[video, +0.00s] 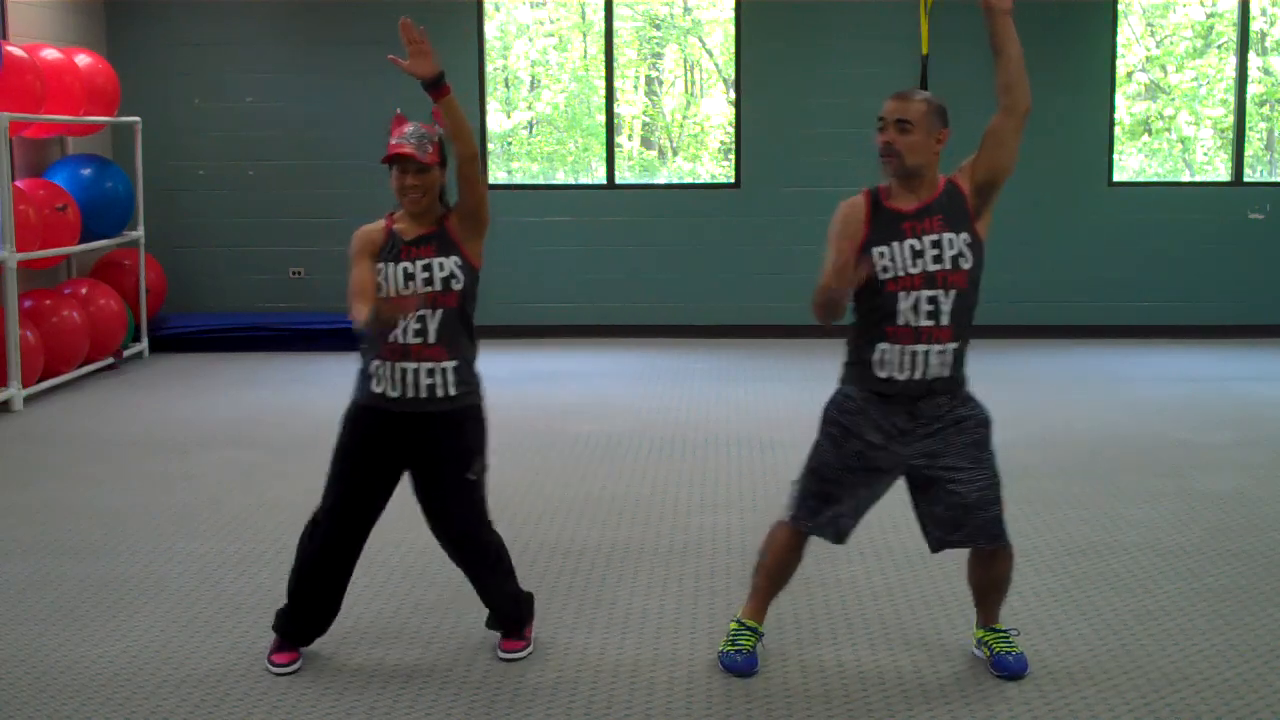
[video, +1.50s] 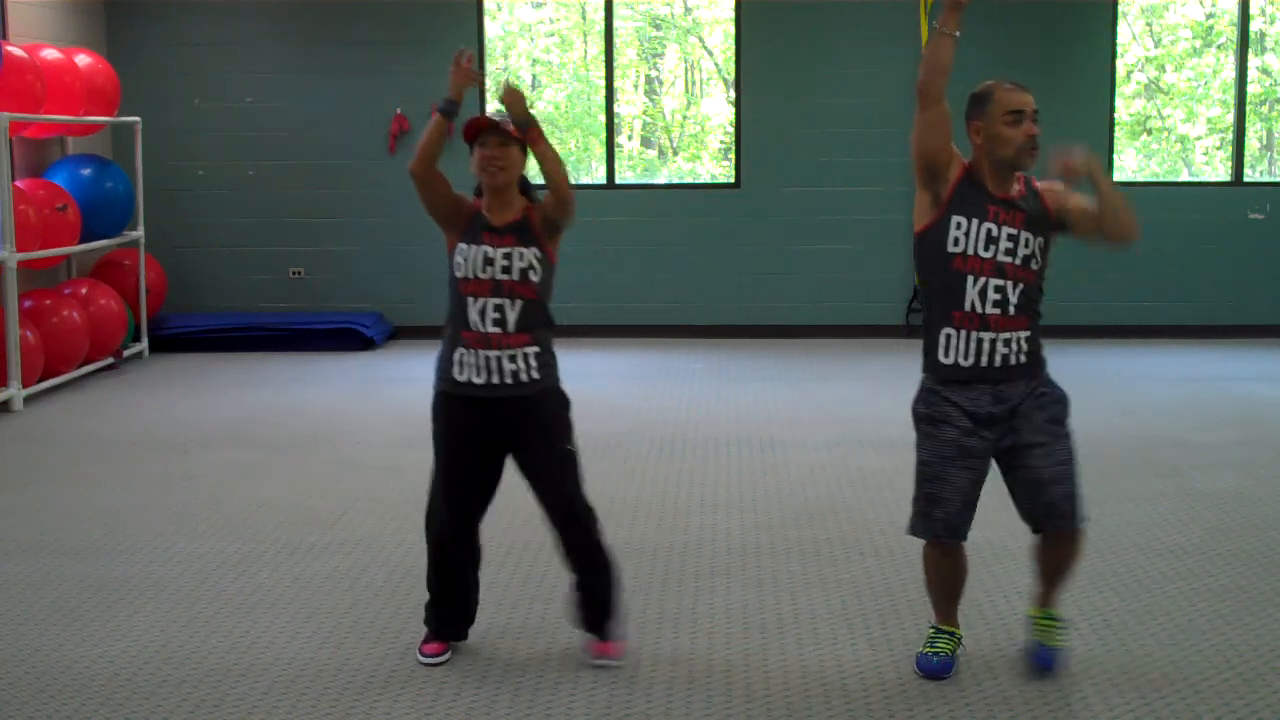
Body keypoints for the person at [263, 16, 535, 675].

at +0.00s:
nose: (408, 180)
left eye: (419, 169)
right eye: (399, 169)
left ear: (441, 174)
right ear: (389, 174)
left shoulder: (464, 230)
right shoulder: (370, 240)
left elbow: (470, 155)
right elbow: (362, 308)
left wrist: (437, 83)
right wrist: (376, 316)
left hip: (449, 411)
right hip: (379, 409)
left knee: (463, 526)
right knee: (336, 523)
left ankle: (514, 616)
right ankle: (293, 632)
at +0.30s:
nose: (459, 159)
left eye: (466, 149)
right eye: (448, 150)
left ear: (482, 156)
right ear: (434, 160)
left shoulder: (503, 208)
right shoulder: (421, 223)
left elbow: (516, 138)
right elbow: (416, 188)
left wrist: (482, 76)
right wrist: (430, 120)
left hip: (520, 386)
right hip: (450, 391)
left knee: (524, 509)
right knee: (429, 517)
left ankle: (520, 614)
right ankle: (470, 613)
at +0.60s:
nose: (494, 174)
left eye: (498, 163)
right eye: (482, 165)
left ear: (506, 169)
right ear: (456, 174)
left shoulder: (520, 218)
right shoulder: (439, 230)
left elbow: (553, 157)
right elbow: (429, 167)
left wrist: (536, 95)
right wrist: (466, 93)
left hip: (546, 391)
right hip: (484, 402)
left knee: (560, 510)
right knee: (496, 518)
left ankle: (537, 614)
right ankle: (477, 620)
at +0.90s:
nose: (528, 177)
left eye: (533, 166)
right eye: (515, 168)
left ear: (540, 171)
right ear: (489, 175)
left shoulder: (561, 229)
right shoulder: (469, 226)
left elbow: (630, 251)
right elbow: (448, 158)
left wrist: (692, 260)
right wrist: (486, 90)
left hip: (555, 405)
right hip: (482, 409)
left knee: (606, 511)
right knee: (459, 522)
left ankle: (662, 615)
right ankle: (472, 620)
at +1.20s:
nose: (552, 184)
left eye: (561, 174)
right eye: (540, 175)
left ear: (575, 182)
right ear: (523, 185)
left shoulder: (599, 244)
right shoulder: (508, 241)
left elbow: (649, 313)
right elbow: (471, 186)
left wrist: (644, 382)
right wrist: (494, 124)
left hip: (597, 416)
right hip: (522, 416)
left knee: (632, 526)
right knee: (463, 517)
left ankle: (671, 628)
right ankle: (451, 609)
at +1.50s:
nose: (491, 153)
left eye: (502, 145)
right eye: (484, 145)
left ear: (522, 159)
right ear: (471, 159)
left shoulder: (543, 220)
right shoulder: (460, 219)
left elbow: (563, 192)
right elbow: (422, 169)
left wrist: (529, 124)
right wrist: (452, 100)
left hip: (533, 397)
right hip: (465, 397)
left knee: (570, 512)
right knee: (450, 518)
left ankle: (602, 623)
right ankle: (444, 626)